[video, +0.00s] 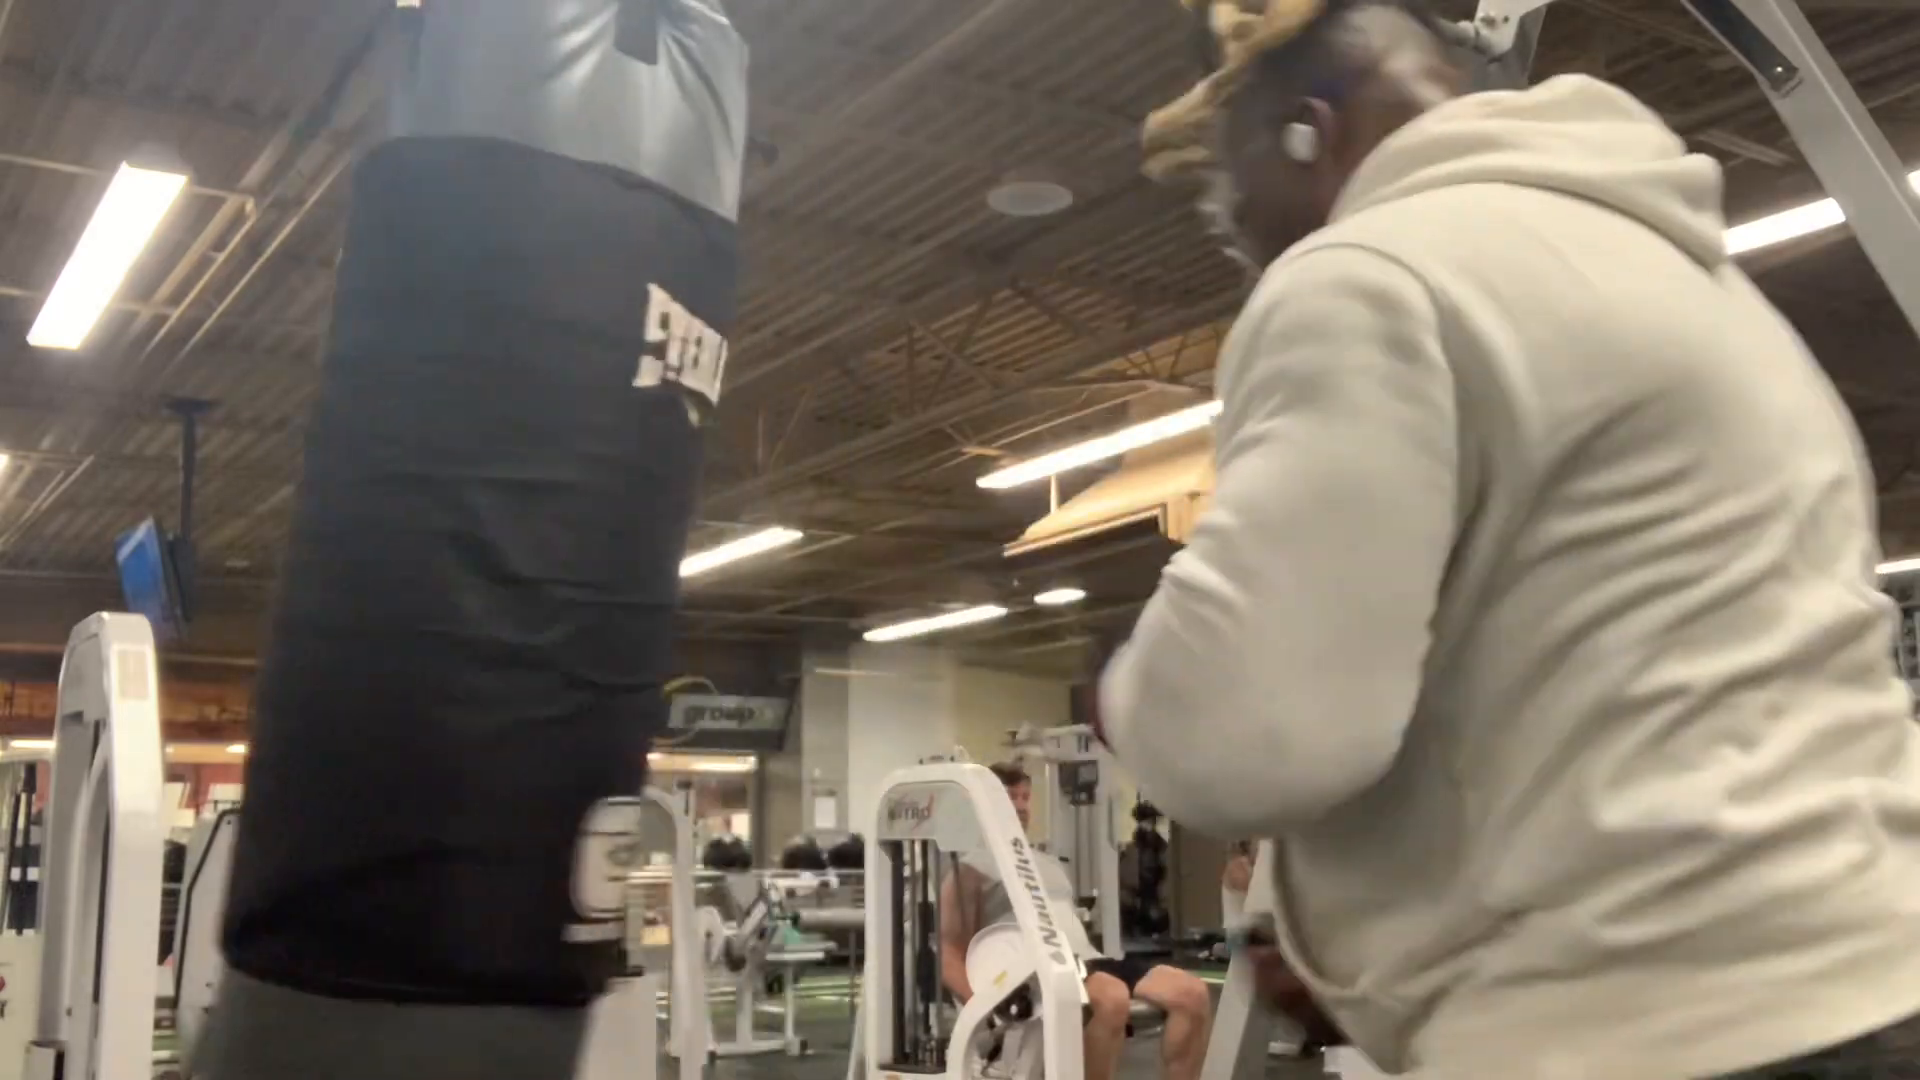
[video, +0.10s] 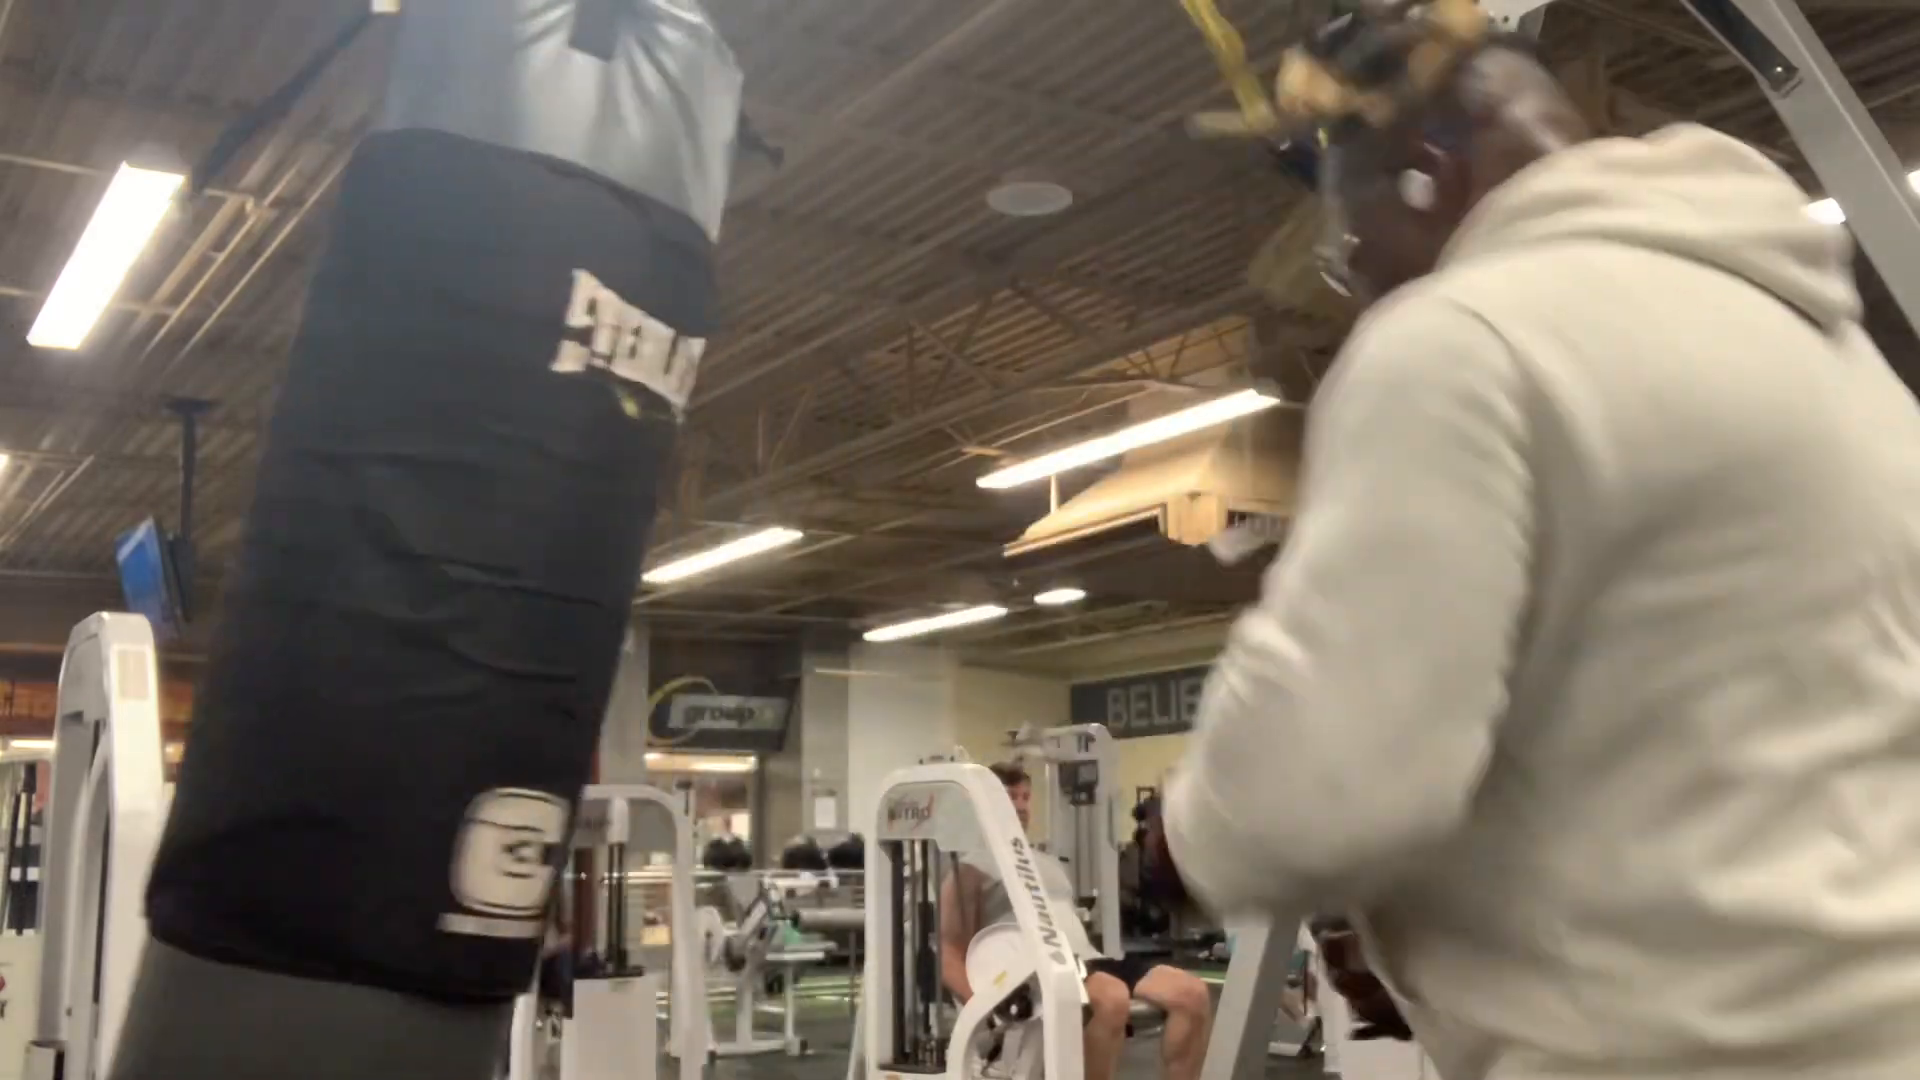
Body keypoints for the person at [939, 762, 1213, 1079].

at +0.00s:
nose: (1021, 807)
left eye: (1025, 799)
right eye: (1011, 799)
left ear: (1030, 803)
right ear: (990, 804)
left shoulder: (1037, 860)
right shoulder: (967, 873)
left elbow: (1058, 927)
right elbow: (952, 965)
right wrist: (989, 1009)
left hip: (1072, 960)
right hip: (1019, 972)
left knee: (1191, 994)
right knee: (1112, 997)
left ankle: (1180, 1073)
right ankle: (1096, 1074)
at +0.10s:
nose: (1020, 806)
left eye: (1025, 798)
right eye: (1010, 797)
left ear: (1030, 804)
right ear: (989, 803)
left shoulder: (1038, 861)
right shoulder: (966, 874)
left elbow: (1060, 926)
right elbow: (951, 964)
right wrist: (988, 1009)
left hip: (1075, 960)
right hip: (1021, 972)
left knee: (1192, 994)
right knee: (1112, 997)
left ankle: (1180, 1075)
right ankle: (1097, 1075)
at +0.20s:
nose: (1021, 806)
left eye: (1025, 798)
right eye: (1011, 798)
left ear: (1031, 803)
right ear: (989, 803)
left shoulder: (1039, 861)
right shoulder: (966, 874)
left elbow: (1060, 927)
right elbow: (952, 964)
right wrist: (989, 1008)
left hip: (1072, 962)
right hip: (1017, 974)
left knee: (1190, 995)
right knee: (1112, 996)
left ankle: (1180, 1075)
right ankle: (1097, 1075)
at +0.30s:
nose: (1021, 806)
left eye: (1025, 798)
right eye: (1011, 798)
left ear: (1031, 803)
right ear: (990, 803)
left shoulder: (1039, 860)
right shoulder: (967, 874)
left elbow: (1060, 926)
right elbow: (952, 963)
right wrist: (988, 1009)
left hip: (1074, 960)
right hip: (1020, 972)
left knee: (1190, 993)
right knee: (1112, 997)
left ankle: (1179, 1075)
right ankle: (1098, 1075)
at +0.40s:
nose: (1021, 806)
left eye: (1025, 798)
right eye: (1011, 798)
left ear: (1030, 803)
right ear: (990, 803)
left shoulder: (1038, 860)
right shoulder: (967, 872)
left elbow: (1058, 926)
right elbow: (952, 962)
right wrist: (987, 1008)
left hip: (1074, 960)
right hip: (1021, 971)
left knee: (1191, 994)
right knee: (1112, 996)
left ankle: (1180, 1075)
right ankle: (1097, 1076)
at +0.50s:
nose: (1021, 806)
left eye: (1025, 798)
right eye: (1011, 798)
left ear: (1031, 803)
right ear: (990, 804)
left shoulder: (1039, 860)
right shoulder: (967, 874)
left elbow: (1060, 926)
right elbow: (952, 961)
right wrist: (985, 1006)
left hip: (1075, 960)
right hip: (1021, 972)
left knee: (1191, 993)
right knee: (1113, 997)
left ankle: (1180, 1074)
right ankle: (1097, 1074)